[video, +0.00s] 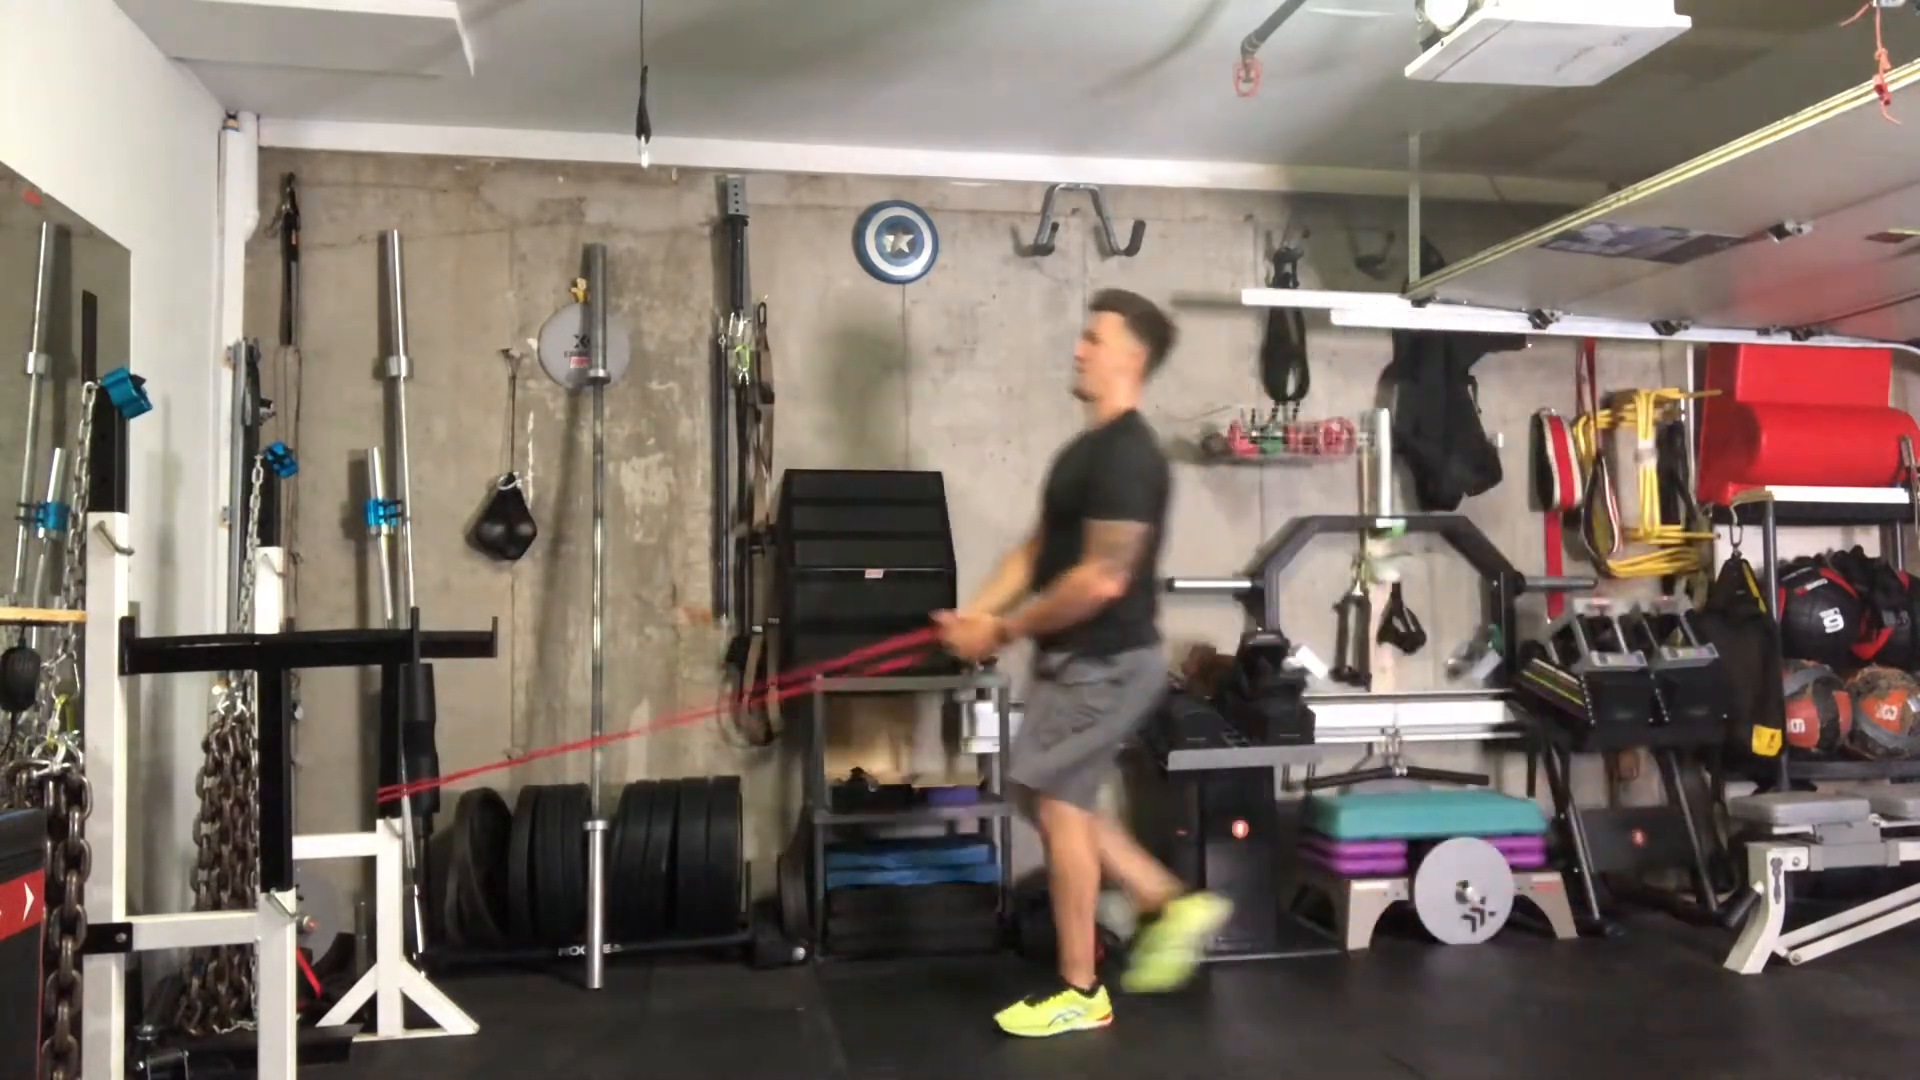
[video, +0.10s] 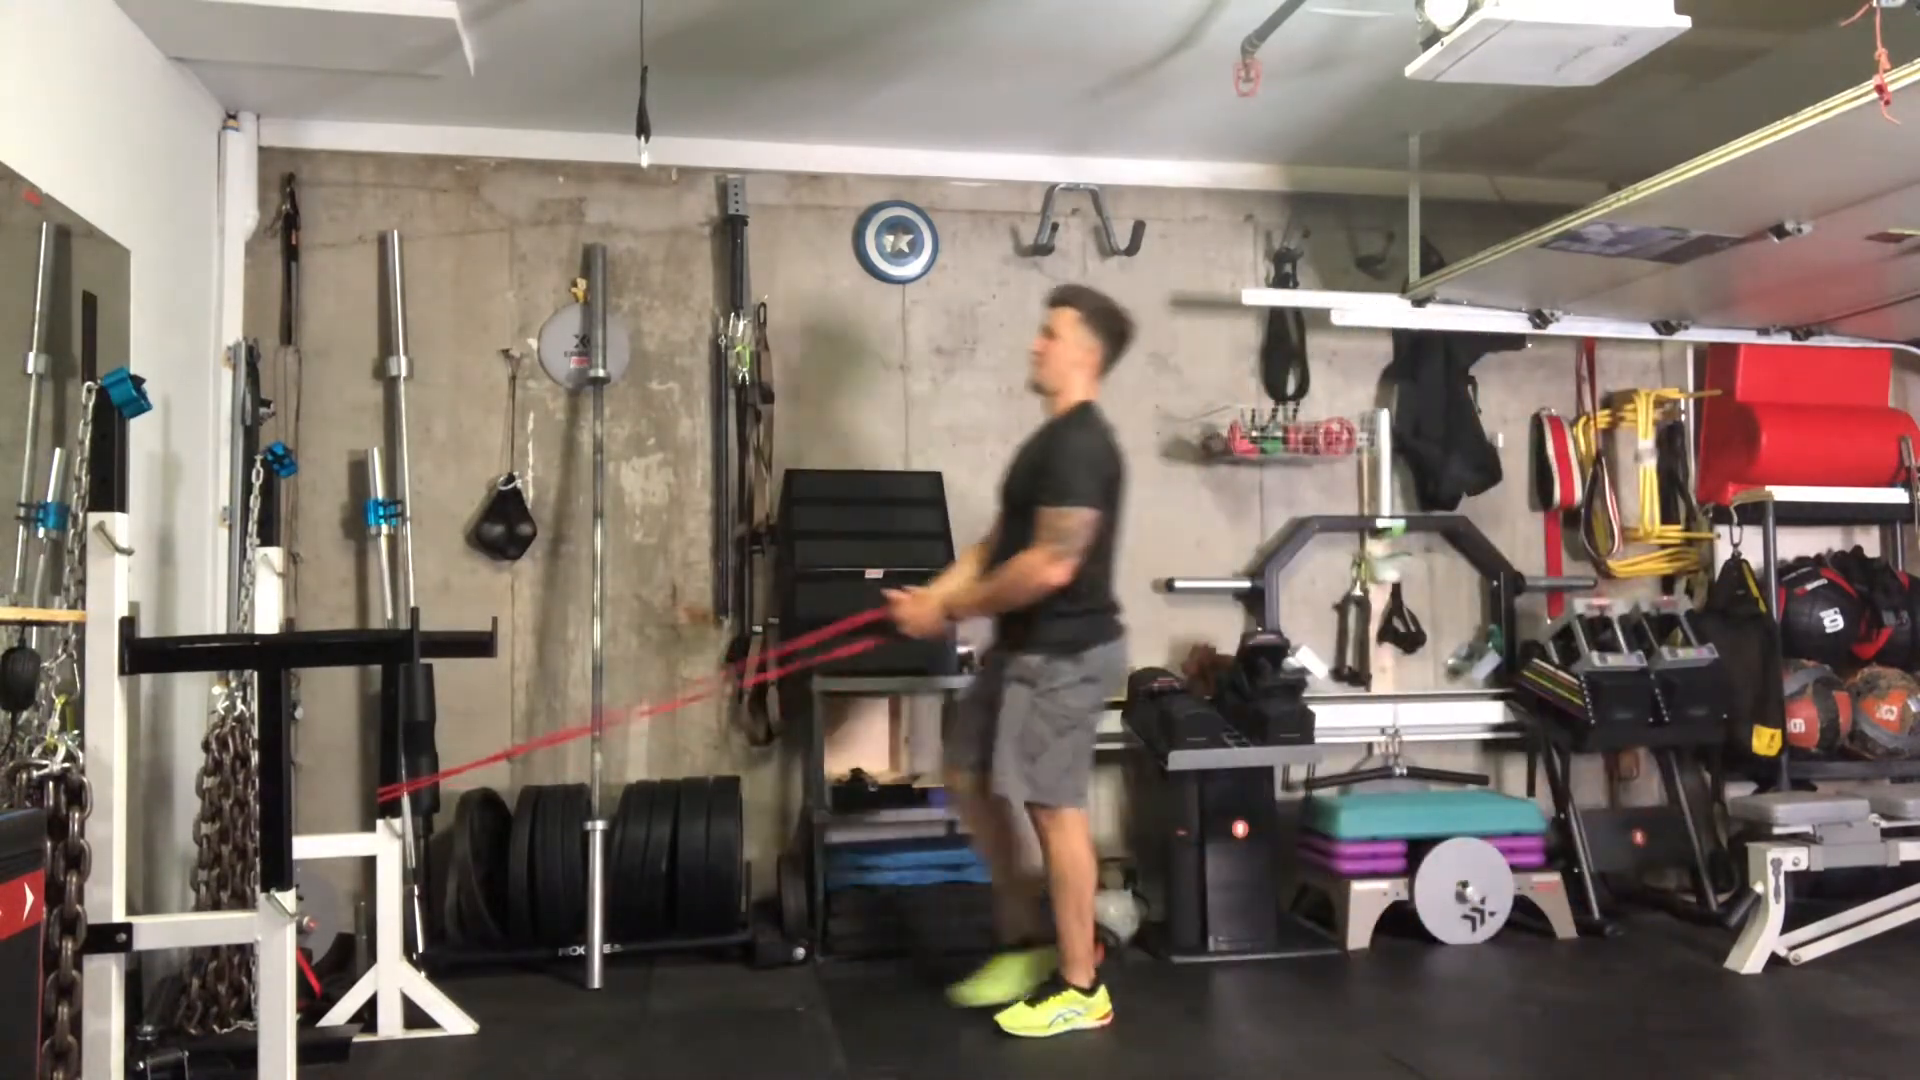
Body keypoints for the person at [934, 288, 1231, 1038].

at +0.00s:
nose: (1078, 351)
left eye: (1095, 341)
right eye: (1083, 338)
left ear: (1136, 361)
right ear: (1105, 356)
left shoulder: (1130, 453)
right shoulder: (1081, 453)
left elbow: (1103, 580)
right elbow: (1037, 551)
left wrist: (1003, 628)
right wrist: (980, 613)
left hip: (1113, 663)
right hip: (1071, 658)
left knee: (1060, 801)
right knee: (1044, 791)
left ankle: (1081, 989)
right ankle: (1171, 902)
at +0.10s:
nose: (1034, 345)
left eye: (1050, 335)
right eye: (1040, 333)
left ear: (1088, 354)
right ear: (1068, 354)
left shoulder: (1082, 442)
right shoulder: (1045, 443)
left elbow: (1054, 564)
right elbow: (995, 546)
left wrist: (954, 606)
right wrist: (932, 597)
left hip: (1066, 652)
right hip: (1020, 647)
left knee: (1054, 801)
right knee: (972, 779)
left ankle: (1081, 984)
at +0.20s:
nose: (992, 351)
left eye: (1009, 341)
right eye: (998, 338)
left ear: (1049, 362)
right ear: (1025, 358)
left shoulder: (1039, 445)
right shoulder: (1007, 444)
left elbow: (1011, 566)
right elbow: (965, 552)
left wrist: (910, 596)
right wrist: (897, 589)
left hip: (1031, 658)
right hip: (980, 655)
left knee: (1044, 809)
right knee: (923, 787)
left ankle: (1081, 986)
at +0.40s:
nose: (897, 356)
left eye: (916, 347)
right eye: (904, 344)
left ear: (952, 373)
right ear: (929, 370)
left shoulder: (951, 454)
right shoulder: (894, 459)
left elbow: (976, 569)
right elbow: (887, 565)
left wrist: (869, 609)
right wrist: (844, 601)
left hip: (931, 675)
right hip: (864, 671)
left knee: (938, 824)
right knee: (820, 801)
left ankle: (1062, 963)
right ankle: (815, 978)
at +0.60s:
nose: (825, 336)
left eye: (845, 329)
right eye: (829, 326)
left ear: (885, 357)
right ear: (830, 352)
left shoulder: (912, 445)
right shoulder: (794, 453)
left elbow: (961, 554)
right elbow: (760, 550)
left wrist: (857, 589)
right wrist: (784, 586)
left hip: (876, 653)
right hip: (797, 653)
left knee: (827, 804)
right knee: (780, 808)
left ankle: (906, 964)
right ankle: (811, 980)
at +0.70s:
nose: (808, 336)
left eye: (827, 327)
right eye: (808, 325)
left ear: (866, 354)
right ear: (806, 346)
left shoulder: (899, 447)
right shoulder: (769, 447)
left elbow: (948, 555)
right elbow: (732, 547)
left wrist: (852, 584)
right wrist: (774, 582)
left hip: (851, 657)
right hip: (772, 652)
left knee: (804, 812)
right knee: (765, 812)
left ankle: (804, 987)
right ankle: (807, 977)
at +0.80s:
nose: (807, 344)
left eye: (825, 336)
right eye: (801, 334)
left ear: (859, 361)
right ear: (791, 354)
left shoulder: (890, 458)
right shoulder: (752, 453)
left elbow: (932, 567)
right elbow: (715, 558)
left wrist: (841, 588)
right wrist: (763, 582)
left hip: (834, 660)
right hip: (754, 653)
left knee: (790, 816)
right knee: (724, 807)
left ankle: (780, 995)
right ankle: (806, 966)